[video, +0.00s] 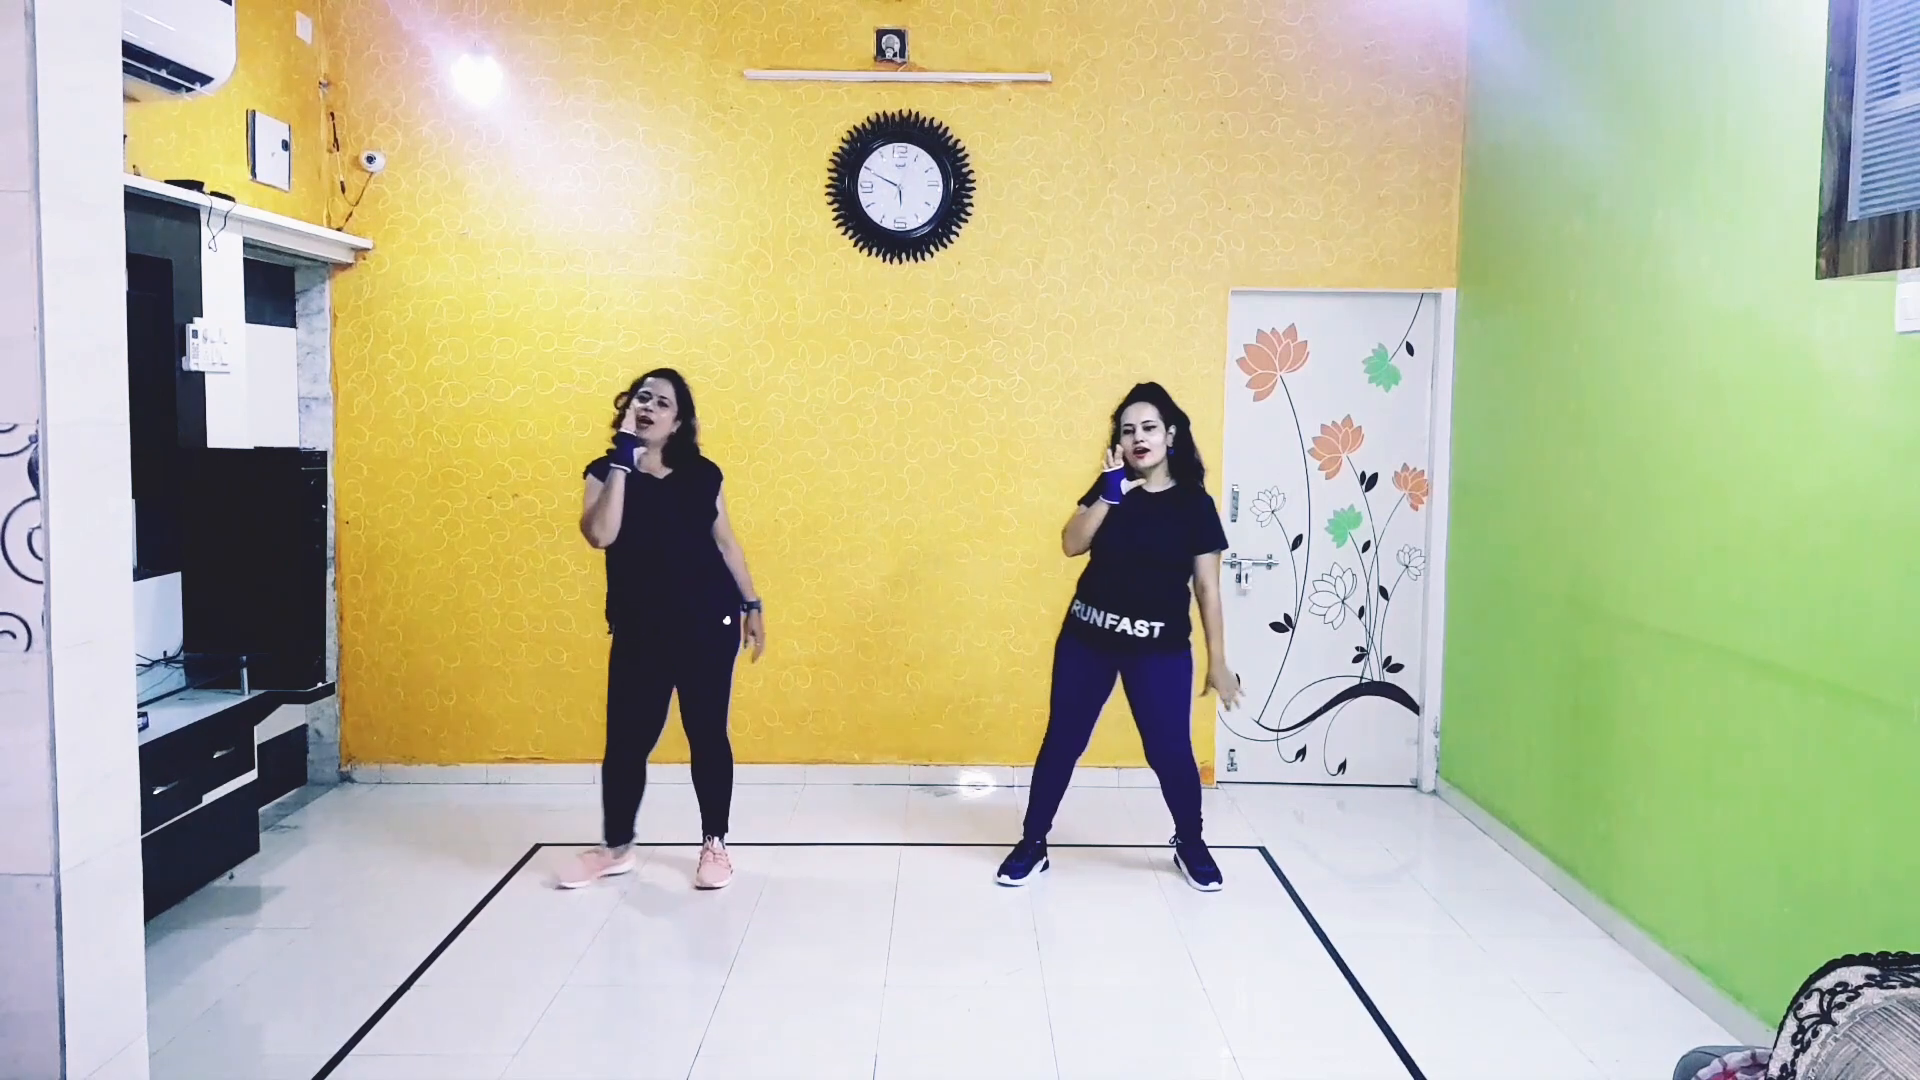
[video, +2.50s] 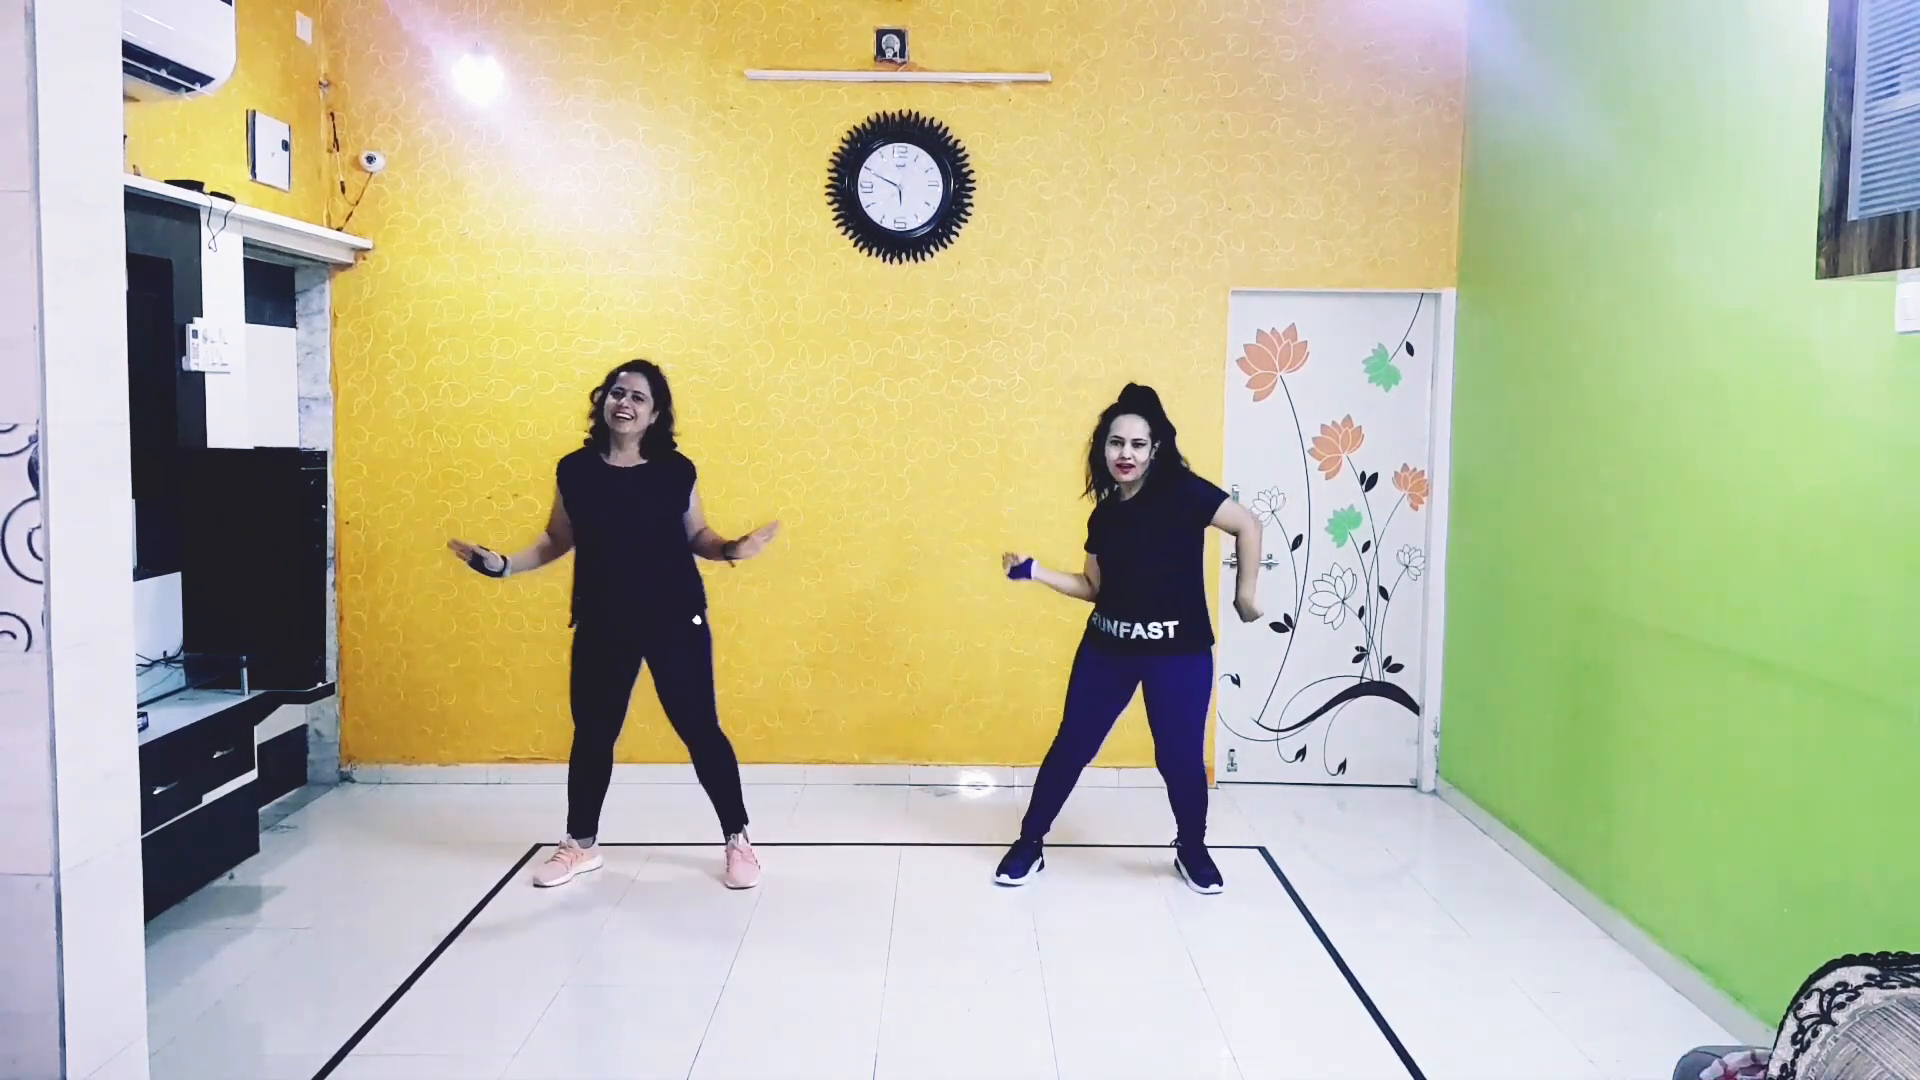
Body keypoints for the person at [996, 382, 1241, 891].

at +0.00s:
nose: (1138, 437)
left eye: (1149, 426)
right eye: (1128, 429)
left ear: (1172, 433)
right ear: (1118, 439)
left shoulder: (1194, 505)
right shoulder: (1110, 488)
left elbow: (1207, 587)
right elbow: (1071, 544)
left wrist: (1218, 662)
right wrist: (1109, 489)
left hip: (1159, 648)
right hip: (1089, 637)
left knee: (1171, 753)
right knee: (1062, 743)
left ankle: (1191, 843)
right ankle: (1032, 842)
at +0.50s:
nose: (1151, 435)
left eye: (1161, 425)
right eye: (1140, 426)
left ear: (1181, 432)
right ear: (1129, 437)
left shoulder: (1211, 485)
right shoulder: (1125, 491)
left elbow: (1252, 560)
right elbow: (1101, 568)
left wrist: (1279, 627)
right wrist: (1132, 517)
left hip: (1206, 642)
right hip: (1134, 638)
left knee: (1202, 754)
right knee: (1090, 742)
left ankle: (1194, 844)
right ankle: (1043, 839)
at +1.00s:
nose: (1109, 440)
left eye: (1116, 433)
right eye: (1099, 428)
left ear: (1120, 442)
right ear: (1071, 430)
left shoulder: (1116, 495)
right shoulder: (1040, 498)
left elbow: (1171, 534)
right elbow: (1021, 574)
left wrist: (1206, 473)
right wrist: (1042, 639)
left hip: (1141, 639)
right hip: (1074, 645)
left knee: (1171, 741)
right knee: (1057, 755)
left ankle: (1192, 841)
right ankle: (1028, 844)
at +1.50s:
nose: (1090, 446)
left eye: (1099, 435)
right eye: (1078, 435)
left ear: (1109, 442)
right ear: (1056, 440)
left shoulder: (1096, 505)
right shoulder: (1030, 484)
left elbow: (1101, 580)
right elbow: (969, 524)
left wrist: (1136, 540)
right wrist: (940, 586)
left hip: (1081, 641)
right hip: (1021, 640)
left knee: (1122, 743)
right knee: (1033, 751)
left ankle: (1162, 842)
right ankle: (1027, 844)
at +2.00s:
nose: (1084, 446)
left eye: (1095, 437)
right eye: (1074, 436)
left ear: (1115, 444)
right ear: (1062, 444)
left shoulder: (1140, 501)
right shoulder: (1055, 500)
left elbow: (1186, 553)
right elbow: (992, 537)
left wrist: (1180, 606)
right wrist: (966, 491)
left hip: (1109, 646)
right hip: (1041, 638)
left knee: (1136, 752)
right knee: (1030, 745)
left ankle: (1175, 843)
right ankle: (1027, 843)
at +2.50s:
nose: (1126, 453)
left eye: (1138, 442)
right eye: (1116, 441)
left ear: (1157, 447)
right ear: (1103, 446)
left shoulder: (1185, 493)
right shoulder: (1104, 513)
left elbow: (1249, 524)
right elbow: (1093, 587)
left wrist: (1247, 593)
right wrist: (1037, 571)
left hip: (1179, 651)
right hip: (1110, 647)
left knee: (1181, 759)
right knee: (1070, 748)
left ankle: (1193, 846)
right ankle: (1029, 841)